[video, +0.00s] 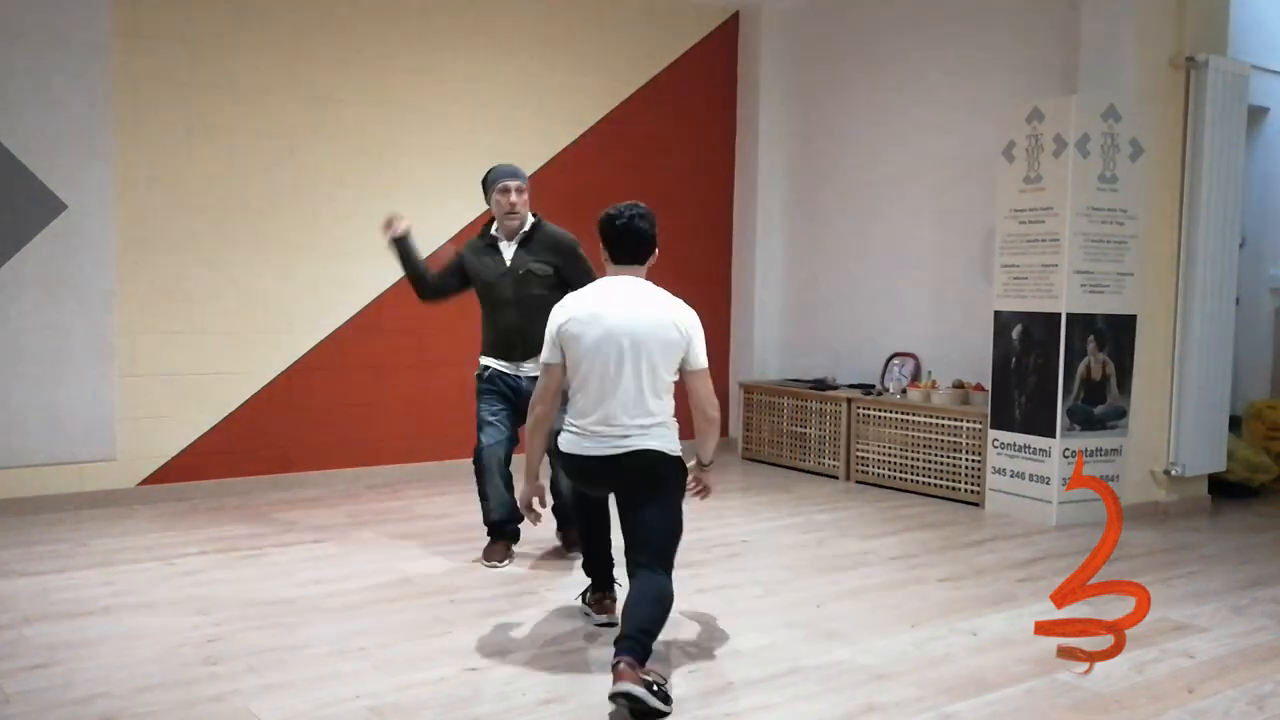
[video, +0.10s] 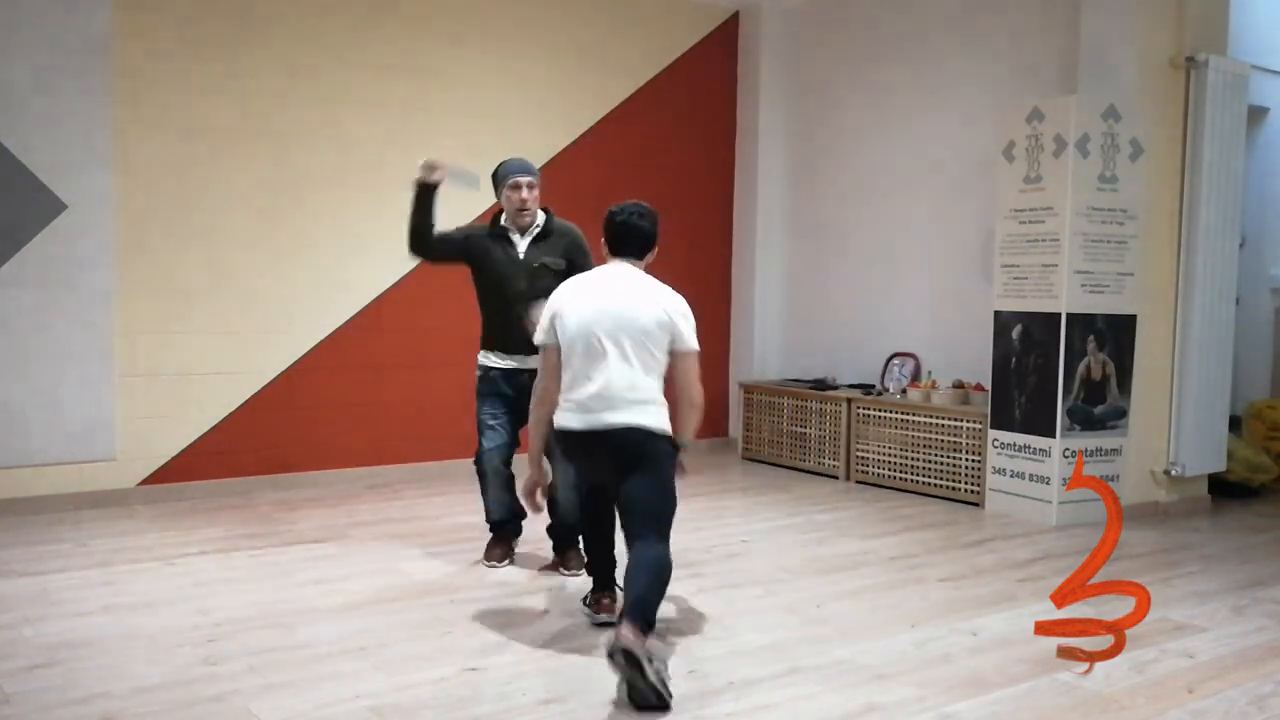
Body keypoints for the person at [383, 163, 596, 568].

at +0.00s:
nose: (512, 200)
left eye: (519, 191)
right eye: (503, 193)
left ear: (529, 197)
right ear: (489, 201)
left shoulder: (559, 246)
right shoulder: (476, 252)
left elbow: (591, 301)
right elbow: (430, 289)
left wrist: (584, 362)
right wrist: (403, 244)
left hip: (550, 372)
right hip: (497, 372)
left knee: (561, 452)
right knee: (490, 452)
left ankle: (571, 529)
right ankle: (501, 535)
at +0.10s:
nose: (524, 196)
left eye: (530, 187)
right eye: (514, 188)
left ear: (540, 192)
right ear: (499, 196)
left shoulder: (567, 238)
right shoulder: (480, 241)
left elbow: (589, 297)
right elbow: (422, 245)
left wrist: (556, 314)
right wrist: (426, 190)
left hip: (553, 367)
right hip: (498, 368)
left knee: (563, 453)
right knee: (492, 453)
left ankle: (567, 543)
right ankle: (502, 533)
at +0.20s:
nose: (533, 194)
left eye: (540, 185)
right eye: (524, 185)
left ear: (551, 190)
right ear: (509, 192)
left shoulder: (571, 235)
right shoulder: (491, 231)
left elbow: (571, 293)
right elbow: (452, 223)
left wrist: (527, 259)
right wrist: (467, 171)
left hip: (551, 372)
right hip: (496, 369)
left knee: (571, 459)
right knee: (475, 450)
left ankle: (569, 536)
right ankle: (501, 519)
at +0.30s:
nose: (546, 188)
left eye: (547, 179)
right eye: (536, 181)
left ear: (555, 183)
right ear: (516, 189)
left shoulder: (569, 231)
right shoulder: (489, 217)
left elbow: (551, 280)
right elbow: (485, 243)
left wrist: (516, 232)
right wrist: (514, 213)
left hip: (544, 374)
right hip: (487, 368)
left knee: (567, 463)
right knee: (466, 446)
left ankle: (572, 547)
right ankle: (466, 542)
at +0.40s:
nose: (538, 198)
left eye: (545, 191)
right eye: (529, 189)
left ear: (553, 193)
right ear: (509, 190)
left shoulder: (562, 233)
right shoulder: (484, 222)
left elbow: (568, 288)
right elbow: (510, 273)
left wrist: (536, 260)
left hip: (535, 369)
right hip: (477, 367)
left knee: (561, 463)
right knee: (452, 456)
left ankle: (572, 550)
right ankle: (428, 561)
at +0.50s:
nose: (547, 210)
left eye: (552, 202)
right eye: (539, 200)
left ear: (552, 204)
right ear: (512, 197)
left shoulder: (547, 238)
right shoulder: (480, 238)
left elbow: (540, 302)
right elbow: (515, 311)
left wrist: (555, 294)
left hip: (523, 378)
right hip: (467, 377)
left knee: (548, 463)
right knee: (443, 472)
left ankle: (549, 538)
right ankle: (423, 564)